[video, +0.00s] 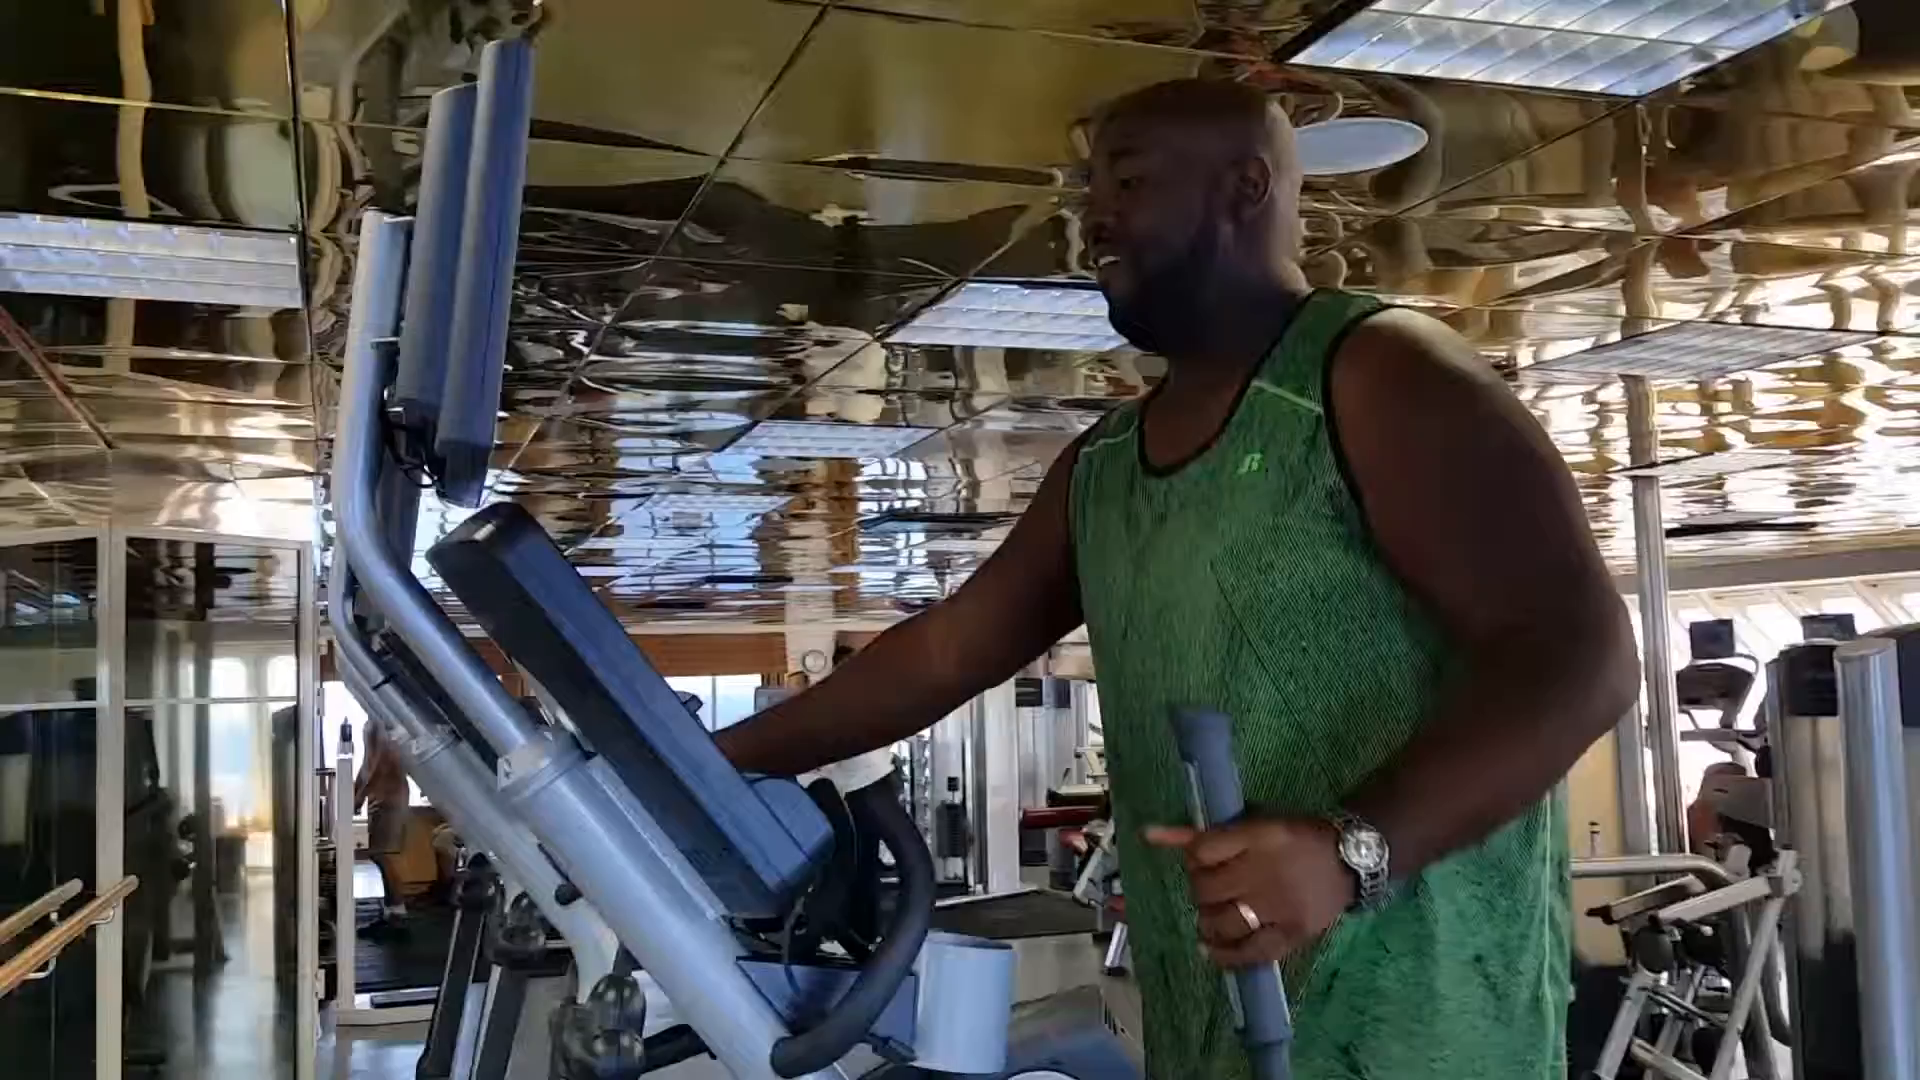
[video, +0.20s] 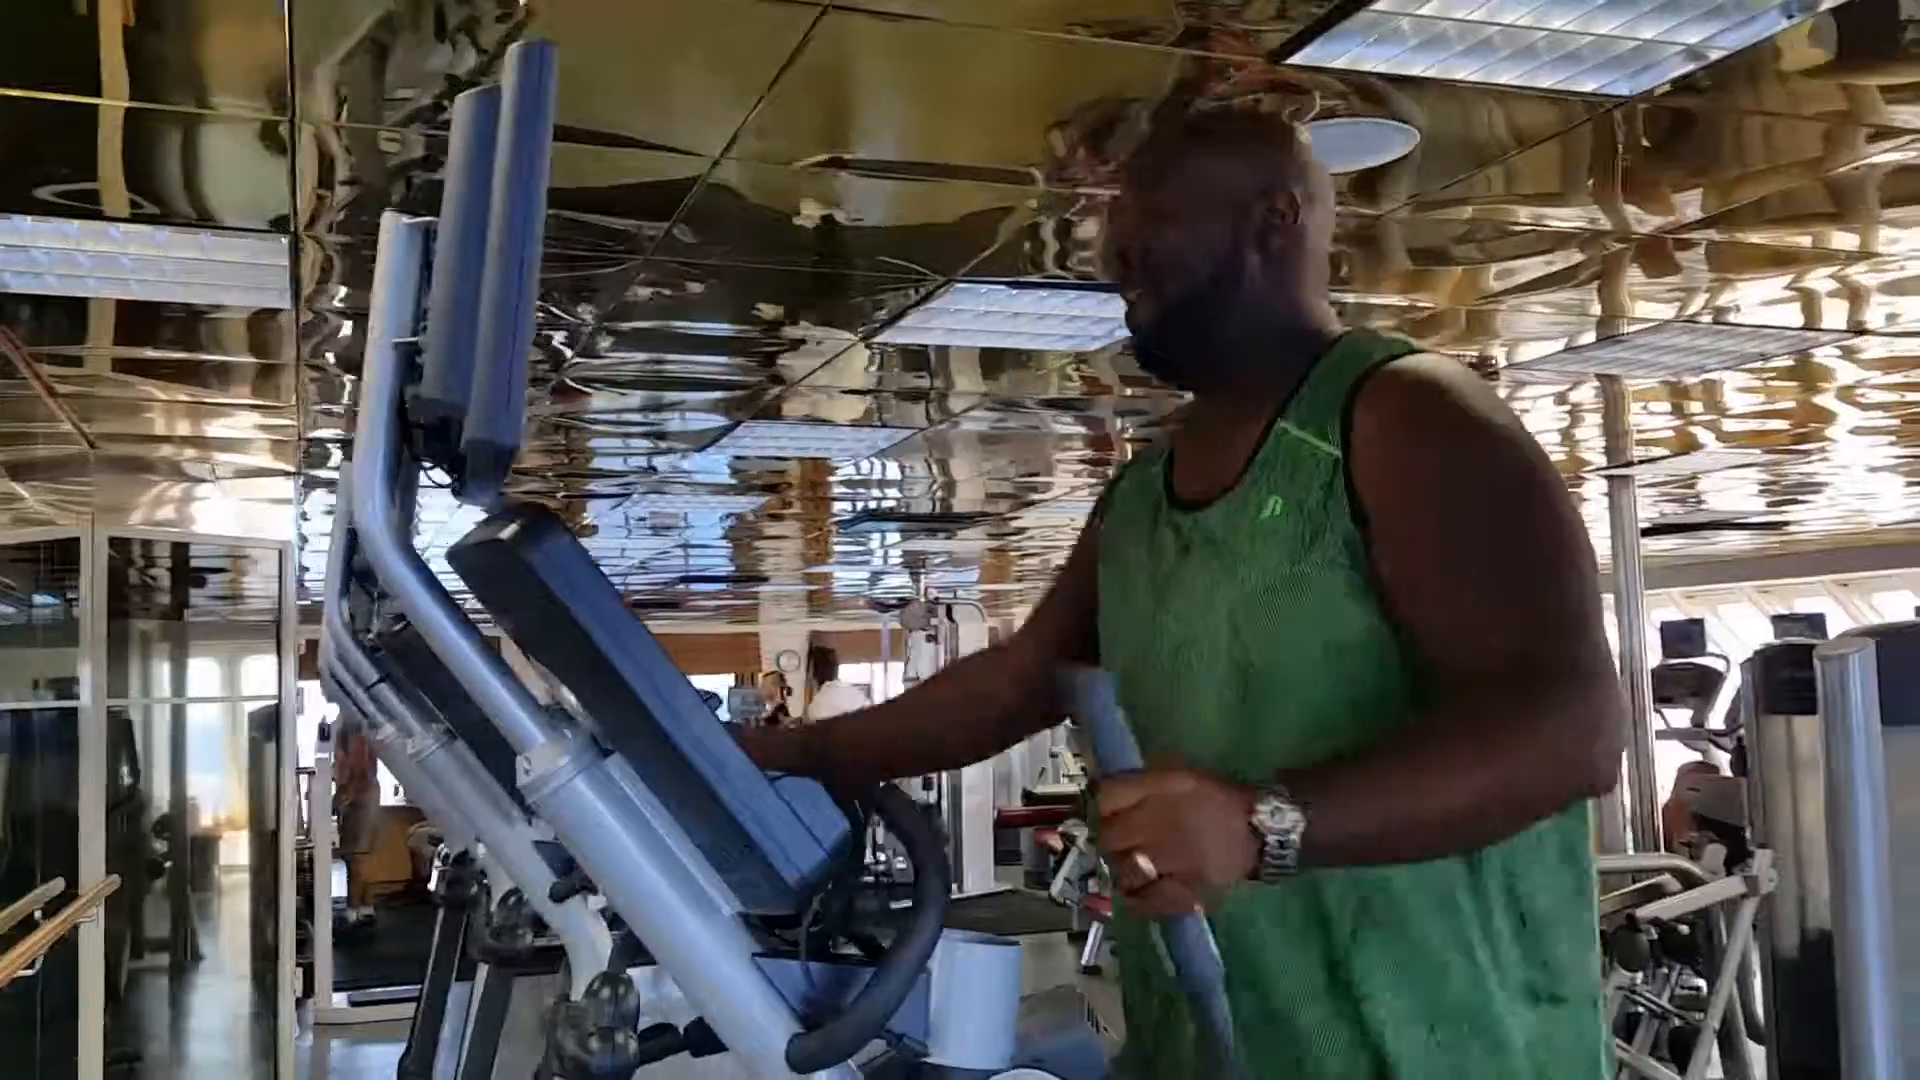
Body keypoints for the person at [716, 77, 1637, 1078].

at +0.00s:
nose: (1092, 212)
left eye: (1124, 174)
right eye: (1092, 186)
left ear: (1244, 194)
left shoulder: (1382, 369)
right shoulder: (1102, 466)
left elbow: (1578, 652)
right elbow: (936, 655)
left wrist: (1355, 853)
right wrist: (709, 763)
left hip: (1421, 1017)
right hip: (1199, 1022)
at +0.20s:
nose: (1111, 249)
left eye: (1143, 210)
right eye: (1111, 219)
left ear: (1273, 226)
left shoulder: (1423, 423)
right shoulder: (1143, 489)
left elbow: (1567, 719)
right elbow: (1024, 681)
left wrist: (1266, 826)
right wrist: (798, 751)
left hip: (1448, 1045)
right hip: (1195, 1046)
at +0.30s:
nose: (1126, 294)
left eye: (1162, 251)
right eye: (1131, 262)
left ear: (1287, 260)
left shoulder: (1433, 456)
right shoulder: (1170, 511)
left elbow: (1495, 778)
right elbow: (1092, 717)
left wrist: (1168, 801)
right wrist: (866, 767)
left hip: (1453, 1052)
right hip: (1217, 1051)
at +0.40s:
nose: (1119, 309)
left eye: (1157, 271)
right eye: (1121, 278)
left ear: (1281, 277)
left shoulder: (1422, 463)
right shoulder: (1177, 504)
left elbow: (1404, 761)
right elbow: (1158, 705)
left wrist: (1077, 797)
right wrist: (1001, 783)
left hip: (1423, 1042)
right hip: (1206, 1038)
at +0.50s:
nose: (1097, 295)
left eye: (1129, 255)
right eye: (1095, 265)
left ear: (1254, 256)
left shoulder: (1396, 428)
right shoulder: (1168, 484)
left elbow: (1337, 700)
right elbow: (1182, 738)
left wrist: (1021, 788)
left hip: (1414, 1033)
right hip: (1207, 1024)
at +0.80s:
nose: (1070, 290)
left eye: (1098, 246)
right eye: (1069, 259)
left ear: (1214, 249)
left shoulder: (1366, 415)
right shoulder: (1127, 474)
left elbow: (1357, 681)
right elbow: (1132, 679)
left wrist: (1092, 786)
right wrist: (988, 776)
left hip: (1408, 1006)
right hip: (1221, 1008)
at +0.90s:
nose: (1087, 329)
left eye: (1115, 289)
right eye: (1081, 298)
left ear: (1232, 285)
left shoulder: (1388, 454)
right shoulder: (1122, 529)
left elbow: (1466, 733)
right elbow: (1068, 748)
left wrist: (1204, 803)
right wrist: (885, 768)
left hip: (1414, 1020)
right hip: (1214, 1026)